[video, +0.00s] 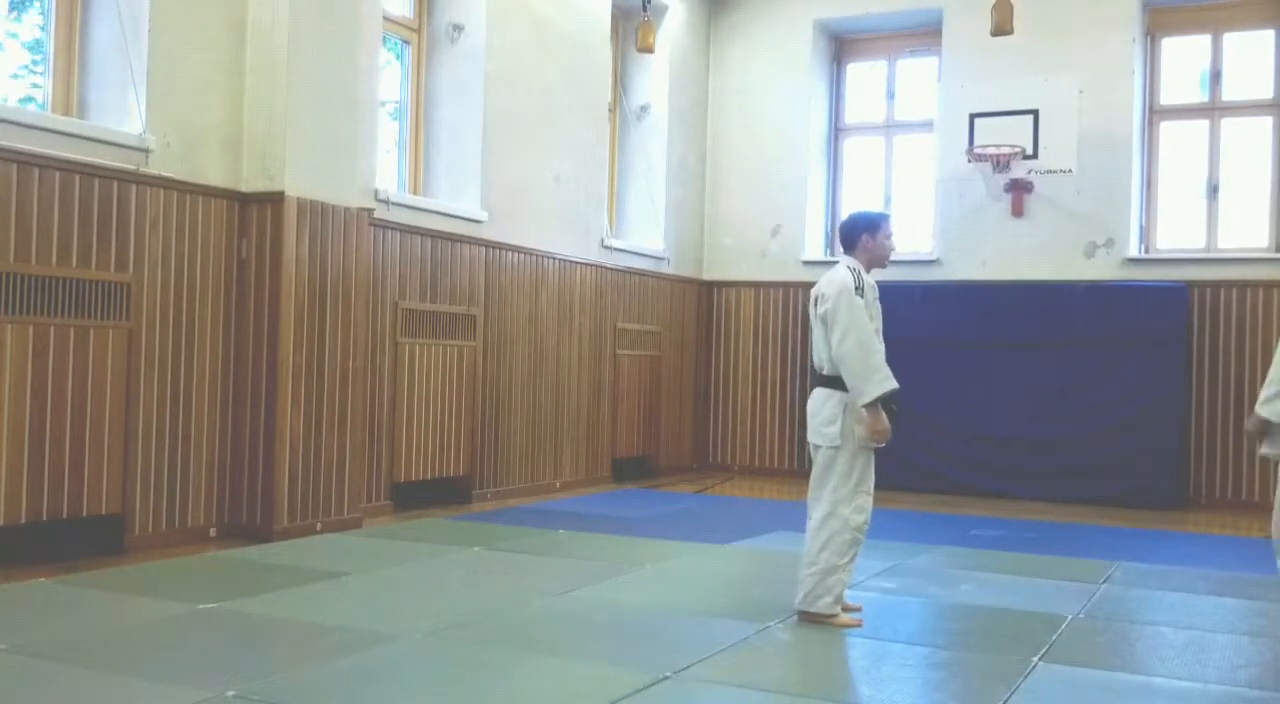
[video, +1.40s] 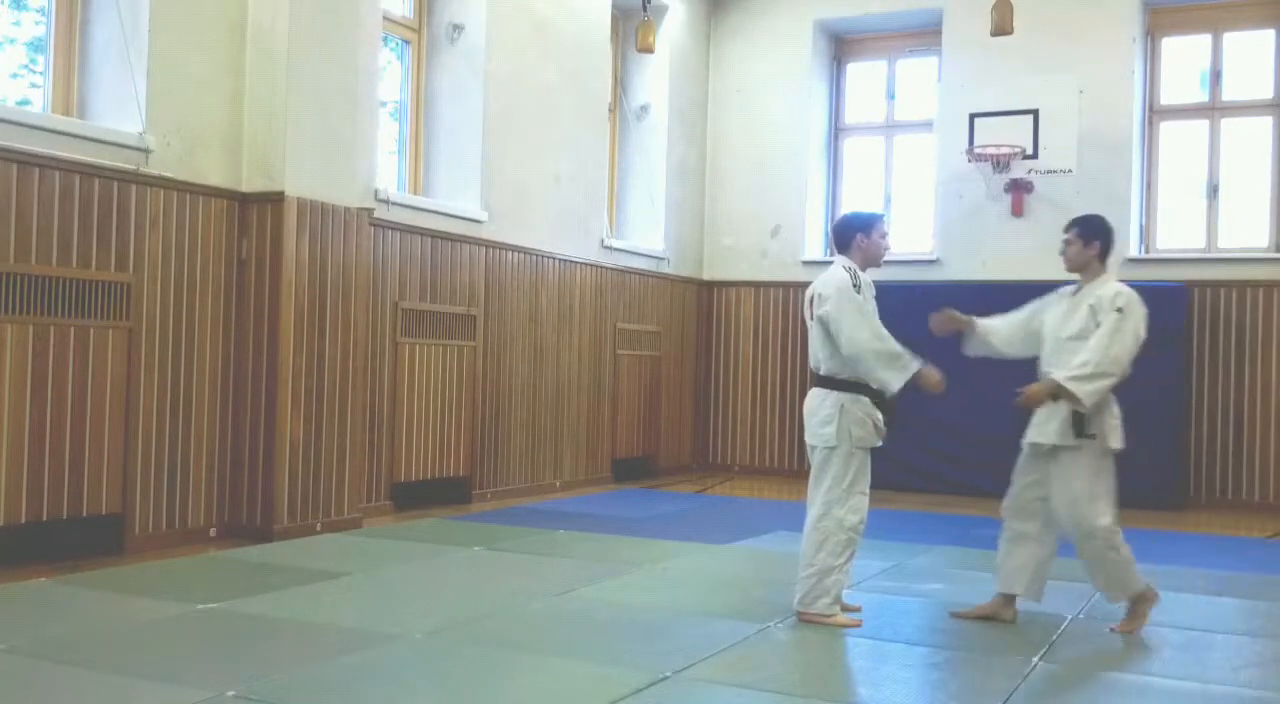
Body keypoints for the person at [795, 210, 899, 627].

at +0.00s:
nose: (893, 245)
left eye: (891, 237)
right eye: (888, 237)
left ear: (864, 240)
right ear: (867, 240)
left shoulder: (851, 281)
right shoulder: (845, 284)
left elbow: (860, 346)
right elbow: (855, 348)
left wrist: (875, 399)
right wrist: (872, 406)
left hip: (844, 403)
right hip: (841, 405)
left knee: (840, 503)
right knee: (843, 507)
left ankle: (826, 591)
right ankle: (818, 601)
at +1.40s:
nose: (888, 244)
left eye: (887, 236)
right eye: (882, 236)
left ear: (860, 240)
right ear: (861, 240)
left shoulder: (855, 283)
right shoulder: (838, 283)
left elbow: (874, 336)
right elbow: (858, 342)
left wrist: (914, 366)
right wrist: (915, 369)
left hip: (851, 406)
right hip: (837, 407)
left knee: (845, 506)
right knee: (836, 508)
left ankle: (826, 592)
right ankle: (815, 602)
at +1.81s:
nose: (885, 244)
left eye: (882, 236)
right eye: (879, 236)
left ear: (850, 243)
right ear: (856, 241)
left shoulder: (827, 282)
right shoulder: (847, 281)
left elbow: (858, 341)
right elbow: (912, 297)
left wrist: (910, 345)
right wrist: (976, 284)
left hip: (832, 402)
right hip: (841, 407)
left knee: (835, 505)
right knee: (842, 509)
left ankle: (822, 592)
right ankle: (817, 603)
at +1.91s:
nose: (885, 244)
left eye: (882, 236)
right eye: (879, 236)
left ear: (849, 243)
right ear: (856, 241)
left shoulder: (828, 282)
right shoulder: (848, 280)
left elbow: (860, 340)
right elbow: (913, 295)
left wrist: (915, 338)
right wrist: (984, 281)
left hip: (832, 401)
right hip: (842, 406)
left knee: (836, 505)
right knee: (842, 508)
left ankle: (823, 593)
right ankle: (817, 603)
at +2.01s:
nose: (885, 244)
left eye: (883, 237)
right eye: (879, 236)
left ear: (852, 242)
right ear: (857, 241)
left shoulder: (830, 281)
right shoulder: (848, 279)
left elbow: (860, 341)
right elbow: (915, 293)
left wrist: (916, 334)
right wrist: (982, 280)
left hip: (835, 402)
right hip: (841, 407)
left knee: (837, 505)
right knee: (841, 509)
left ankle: (823, 593)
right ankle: (817, 603)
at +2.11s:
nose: (886, 245)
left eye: (884, 237)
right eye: (880, 237)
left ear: (853, 241)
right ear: (858, 241)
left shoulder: (831, 280)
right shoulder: (847, 279)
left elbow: (858, 340)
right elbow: (914, 293)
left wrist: (912, 334)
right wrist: (980, 280)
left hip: (835, 401)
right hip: (841, 406)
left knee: (837, 505)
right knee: (841, 509)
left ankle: (823, 593)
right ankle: (817, 603)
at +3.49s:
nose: (834, 248)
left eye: (834, 240)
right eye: (831, 240)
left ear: (799, 241)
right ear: (811, 239)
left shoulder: (771, 279)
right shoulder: (799, 284)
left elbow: (813, 331)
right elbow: (864, 304)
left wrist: (854, 333)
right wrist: (929, 287)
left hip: (773, 402)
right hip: (796, 407)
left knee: (782, 496)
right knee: (814, 506)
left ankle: (734, 560)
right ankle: (812, 604)